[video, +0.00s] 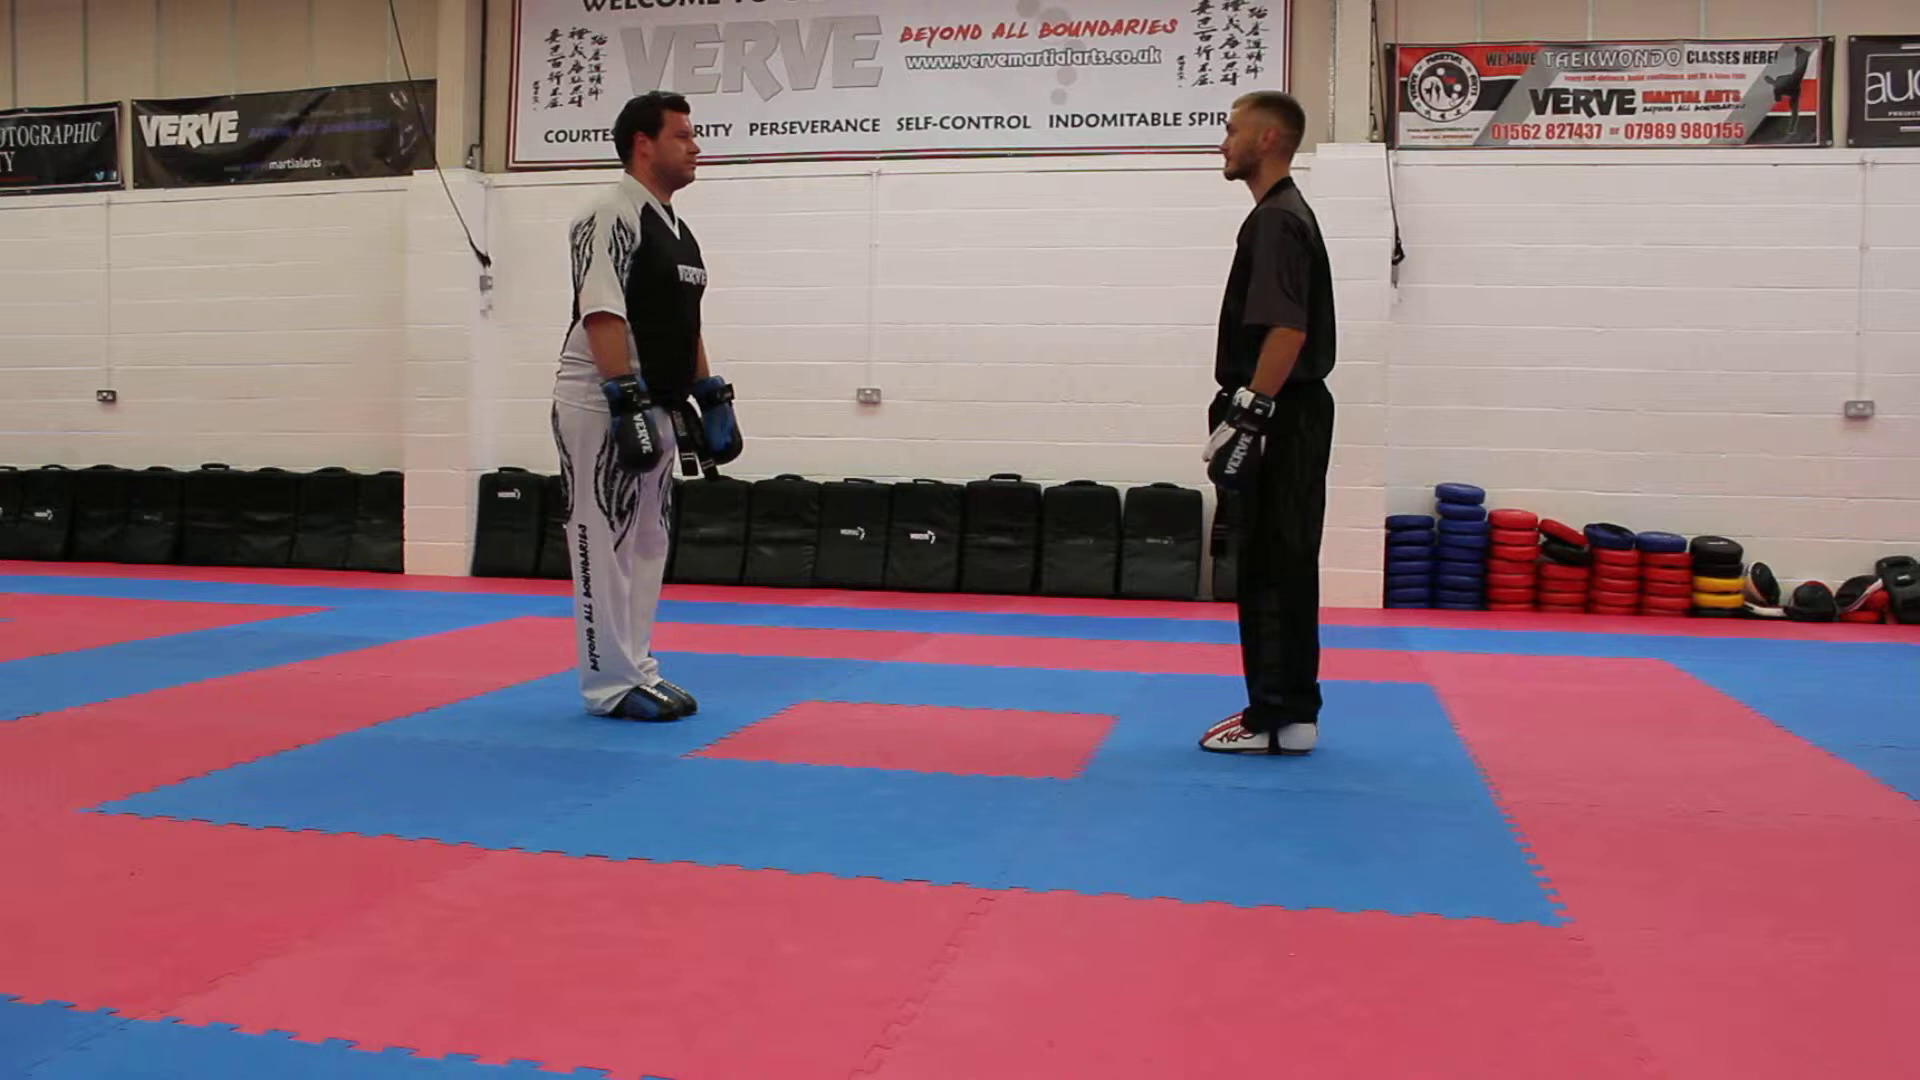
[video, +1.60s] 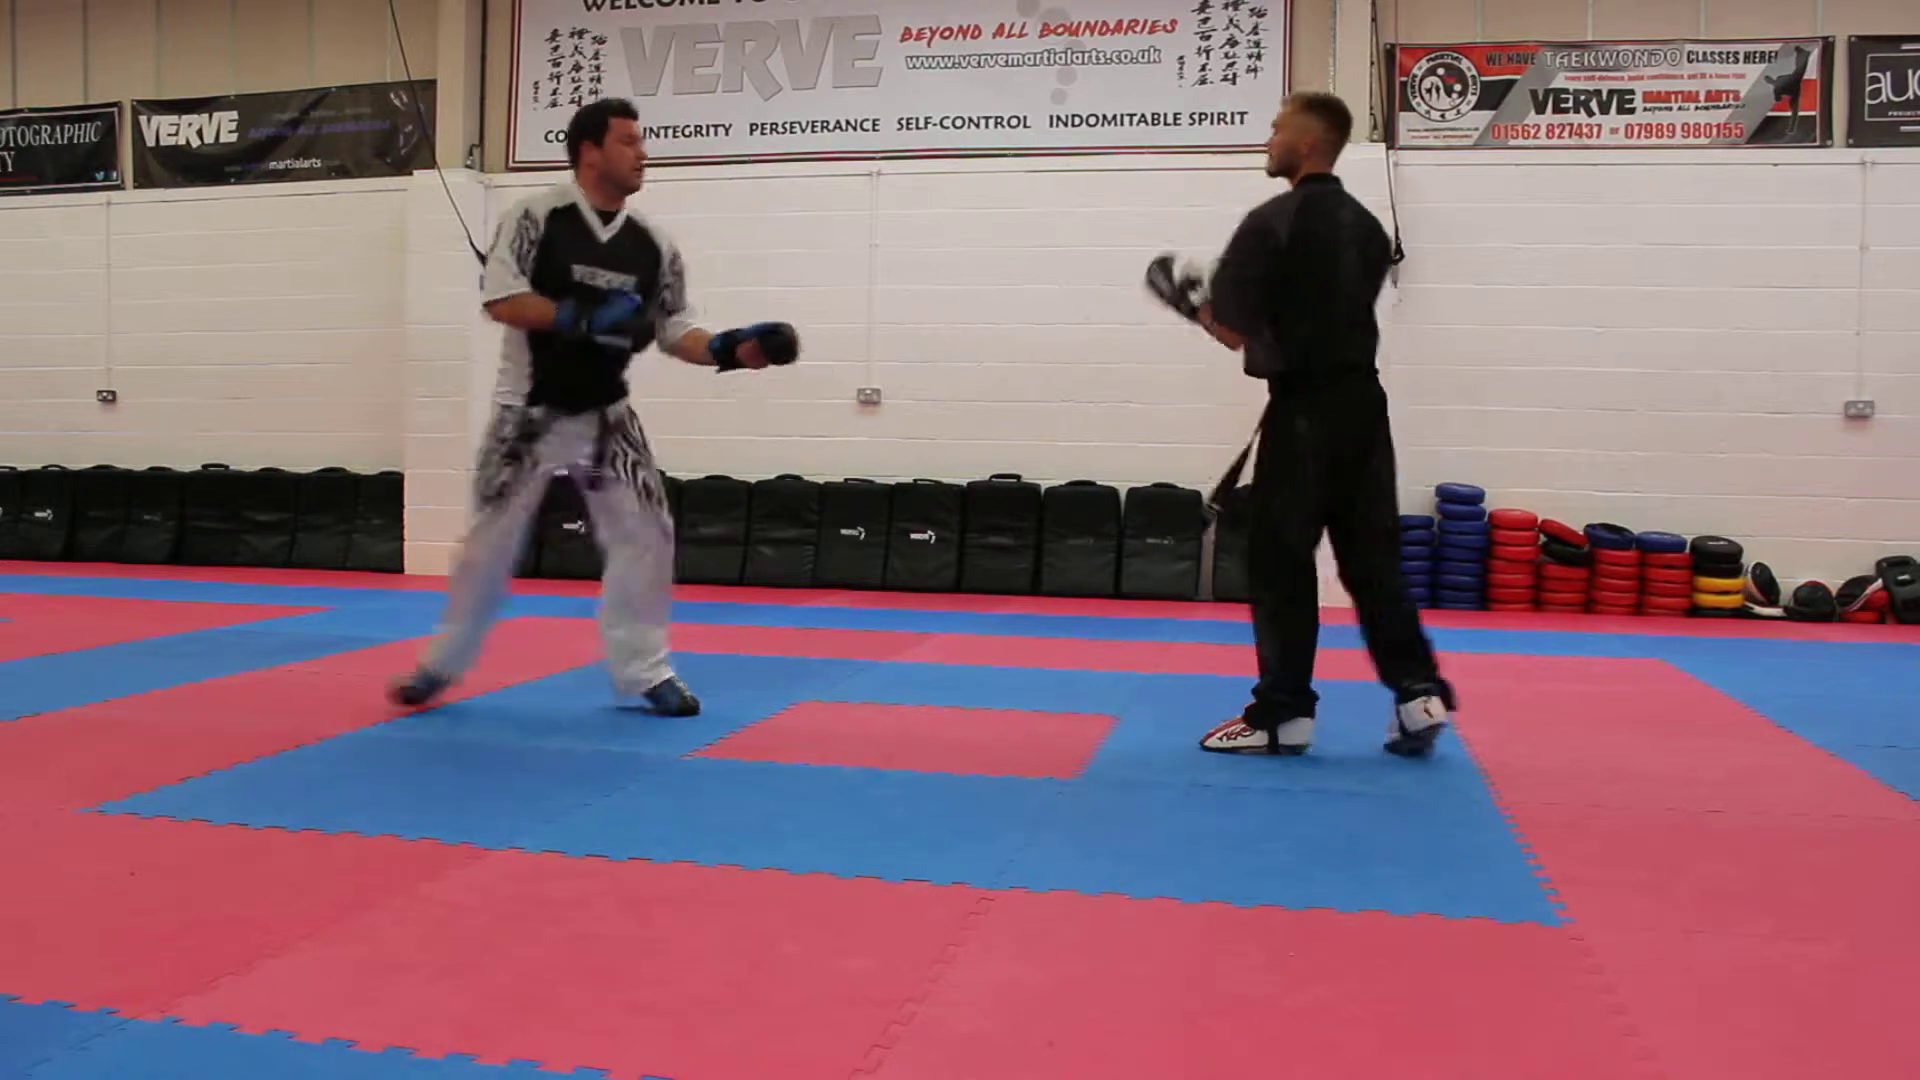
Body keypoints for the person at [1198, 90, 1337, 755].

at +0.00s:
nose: (1222, 142)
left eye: (1232, 131)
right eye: (1226, 131)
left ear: (1270, 140)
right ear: (1271, 140)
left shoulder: (1280, 221)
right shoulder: (1276, 215)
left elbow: (1289, 332)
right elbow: (1281, 330)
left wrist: (1247, 418)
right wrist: (1238, 411)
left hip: (1285, 412)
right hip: (1283, 410)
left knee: (1272, 562)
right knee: (1277, 561)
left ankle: (1279, 714)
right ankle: (1285, 707)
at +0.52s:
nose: (1144, 196)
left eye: (1152, 183)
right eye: (1147, 184)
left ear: (1186, 187)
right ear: (1187, 188)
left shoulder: (1236, 254)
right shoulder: (1222, 254)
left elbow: (1306, 340)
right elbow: (1285, 344)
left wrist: (1312, 425)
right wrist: (1280, 426)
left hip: (1331, 412)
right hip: (1312, 411)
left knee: (1316, 568)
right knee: (1311, 567)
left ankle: (1285, 715)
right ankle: (1290, 711)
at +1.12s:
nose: (1164, 186)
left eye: (1173, 174)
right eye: (1168, 174)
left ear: (1204, 182)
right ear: (1207, 183)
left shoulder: (1236, 249)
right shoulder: (1237, 245)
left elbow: (1293, 339)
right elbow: (1297, 338)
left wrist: (1263, 424)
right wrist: (1272, 424)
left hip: (1337, 407)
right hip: (1331, 406)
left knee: (1323, 562)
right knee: (1320, 562)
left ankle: (1289, 714)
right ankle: (1296, 712)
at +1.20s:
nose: (1191, 162)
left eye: (1201, 150)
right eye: (1197, 150)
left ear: (1229, 159)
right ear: (1239, 161)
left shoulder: (1243, 233)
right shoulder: (1270, 224)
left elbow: (1253, 339)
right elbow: (1269, 337)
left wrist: (1189, 400)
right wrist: (1195, 395)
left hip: (1313, 412)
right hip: (1331, 408)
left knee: (1306, 559)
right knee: (1313, 559)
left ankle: (1288, 714)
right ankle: (1295, 709)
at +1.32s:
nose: (1220, 148)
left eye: (1228, 137)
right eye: (1224, 136)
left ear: (1256, 148)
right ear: (1276, 152)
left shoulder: (1246, 224)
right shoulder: (1317, 221)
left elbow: (1202, 329)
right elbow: (1310, 323)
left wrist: (1138, 334)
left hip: (1311, 408)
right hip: (1349, 402)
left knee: (1293, 556)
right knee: (1318, 556)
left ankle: (1286, 715)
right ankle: (1295, 707)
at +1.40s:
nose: (1234, 143)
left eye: (1243, 131)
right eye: (1238, 130)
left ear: (1272, 143)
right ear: (1292, 148)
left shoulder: (1249, 221)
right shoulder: (1331, 218)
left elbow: (1186, 320)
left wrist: (1141, 294)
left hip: (1307, 406)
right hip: (1355, 401)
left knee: (1289, 555)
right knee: (1333, 552)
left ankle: (1286, 716)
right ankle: (1327, 700)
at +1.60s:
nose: (1268, 139)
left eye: (1279, 129)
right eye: (1273, 128)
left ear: (1309, 142)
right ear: (1326, 146)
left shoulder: (1273, 222)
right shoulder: (1366, 227)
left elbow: (1231, 326)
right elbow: (1334, 316)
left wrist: (1191, 300)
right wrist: (1250, 329)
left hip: (1298, 419)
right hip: (1362, 413)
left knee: (1279, 564)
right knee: (1372, 558)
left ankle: (1282, 713)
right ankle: (1418, 693)